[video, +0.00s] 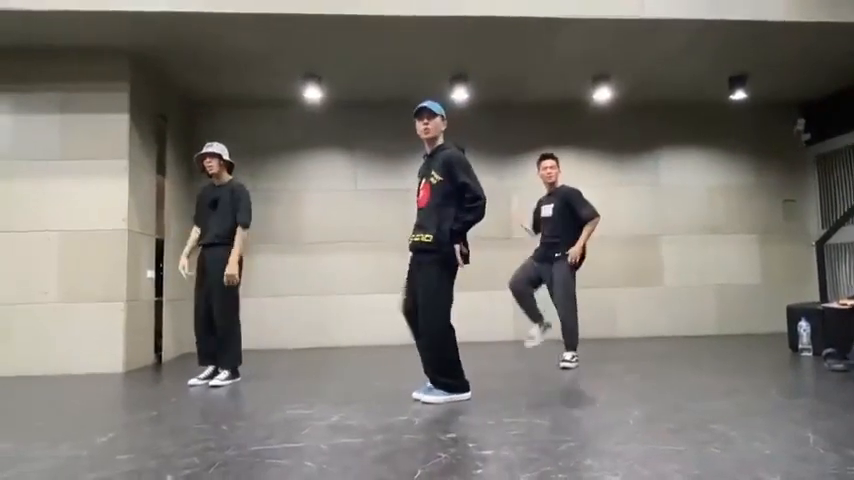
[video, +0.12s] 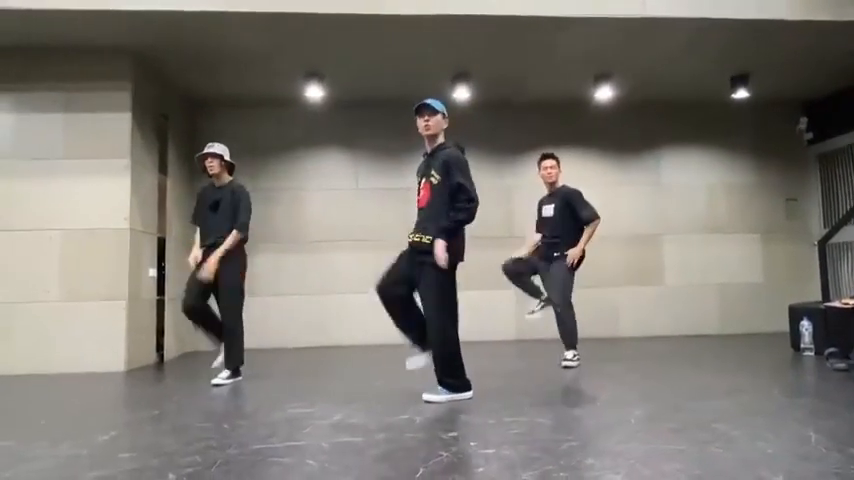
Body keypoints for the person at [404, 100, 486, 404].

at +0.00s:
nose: (425, 123)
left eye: (431, 118)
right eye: (420, 119)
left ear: (444, 123)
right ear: (416, 126)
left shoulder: (451, 157)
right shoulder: (427, 163)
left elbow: (477, 202)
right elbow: (437, 205)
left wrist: (456, 233)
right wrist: (452, 237)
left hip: (440, 253)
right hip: (422, 252)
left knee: (433, 317)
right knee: (412, 310)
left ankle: (454, 384)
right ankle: (439, 380)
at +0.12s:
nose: (425, 120)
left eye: (431, 115)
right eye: (421, 116)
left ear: (444, 120)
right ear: (417, 123)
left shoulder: (452, 156)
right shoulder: (426, 163)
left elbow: (467, 203)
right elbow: (430, 206)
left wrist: (443, 236)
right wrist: (419, 237)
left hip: (438, 250)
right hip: (418, 247)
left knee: (439, 319)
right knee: (390, 289)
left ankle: (455, 384)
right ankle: (425, 343)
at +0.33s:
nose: (423, 117)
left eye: (429, 112)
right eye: (419, 114)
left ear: (442, 118)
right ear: (415, 122)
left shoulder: (449, 152)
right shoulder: (425, 159)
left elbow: (449, 196)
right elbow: (426, 202)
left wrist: (411, 215)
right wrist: (411, 228)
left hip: (436, 247)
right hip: (415, 242)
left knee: (434, 313)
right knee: (377, 277)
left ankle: (457, 382)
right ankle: (410, 326)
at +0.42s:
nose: (421, 118)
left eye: (427, 113)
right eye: (416, 114)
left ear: (439, 118)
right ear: (412, 122)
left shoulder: (447, 151)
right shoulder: (423, 158)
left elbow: (445, 197)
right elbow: (420, 208)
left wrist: (404, 209)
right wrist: (400, 243)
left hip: (434, 250)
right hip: (413, 248)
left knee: (438, 316)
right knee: (385, 305)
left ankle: (458, 381)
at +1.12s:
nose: (381, 122)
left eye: (387, 117)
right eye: (380, 118)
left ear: (404, 121)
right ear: (395, 124)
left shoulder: (399, 145)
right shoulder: (401, 146)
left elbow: (410, 186)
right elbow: (407, 189)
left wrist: (390, 223)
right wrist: (387, 226)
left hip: (410, 242)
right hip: (401, 242)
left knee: (420, 307)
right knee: (390, 306)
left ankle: (460, 373)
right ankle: (384, 374)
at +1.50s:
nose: (398, 127)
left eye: (404, 122)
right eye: (395, 123)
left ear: (419, 125)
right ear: (394, 128)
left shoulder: (426, 152)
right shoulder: (409, 156)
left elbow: (426, 202)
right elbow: (400, 199)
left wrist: (396, 234)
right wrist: (387, 230)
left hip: (414, 246)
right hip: (394, 244)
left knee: (414, 308)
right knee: (372, 303)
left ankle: (461, 372)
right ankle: (381, 371)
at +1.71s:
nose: (436, 125)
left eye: (441, 119)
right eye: (430, 120)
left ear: (451, 122)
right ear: (424, 126)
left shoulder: (460, 162)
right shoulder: (414, 160)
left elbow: (464, 207)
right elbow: (394, 196)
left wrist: (430, 226)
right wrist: (392, 222)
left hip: (429, 245)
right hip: (400, 242)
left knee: (432, 308)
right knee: (383, 303)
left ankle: (462, 373)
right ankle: (382, 370)